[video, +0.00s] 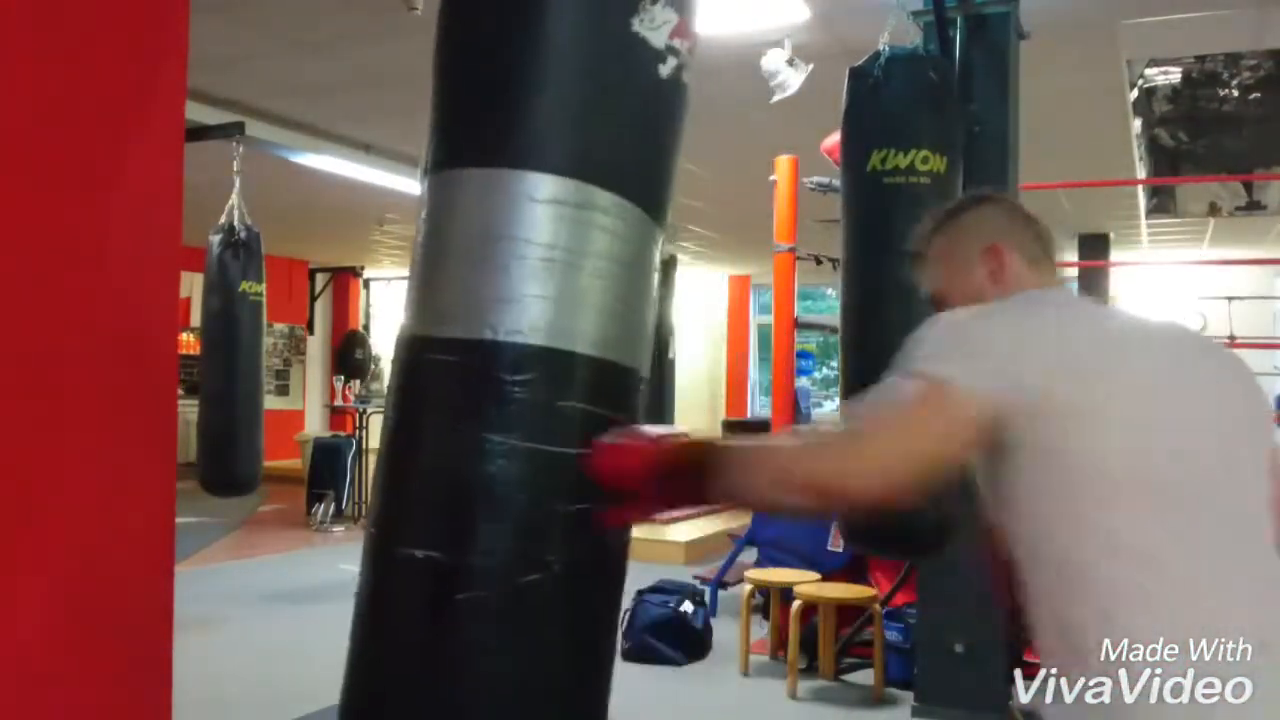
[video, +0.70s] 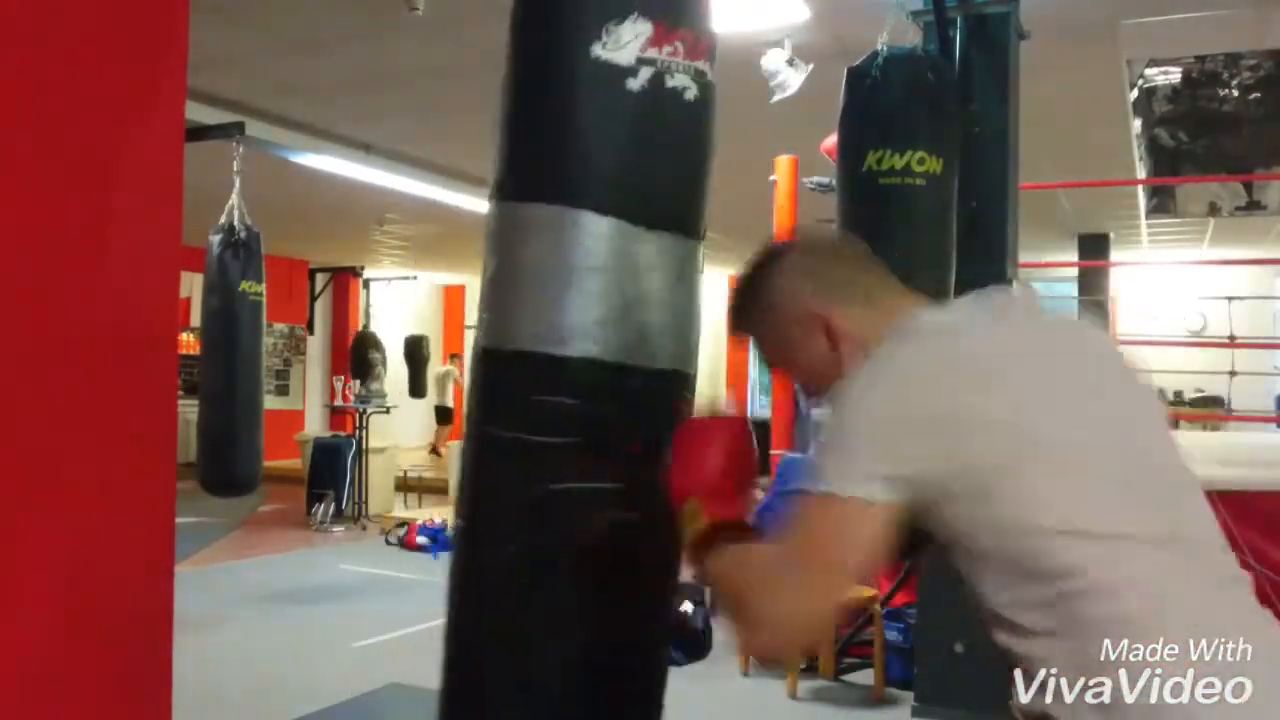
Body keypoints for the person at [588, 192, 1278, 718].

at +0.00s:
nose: (938, 316)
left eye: (940, 299)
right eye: (931, 302)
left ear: (996, 264)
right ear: (1035, 262)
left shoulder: (986, 338)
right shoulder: (1216, 361)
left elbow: (867, 469)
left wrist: (690, 464)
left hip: (1112, 698)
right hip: (1263, 699)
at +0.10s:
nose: (859, 323)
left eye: (855, 297)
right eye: (849, 304)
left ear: (915, 267)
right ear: (962, 259)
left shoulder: (949, 329)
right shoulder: (1165, 351)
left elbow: (815, 481)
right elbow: (1276, 442)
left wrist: (680, 440)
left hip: (1099, 695)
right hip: (1250, 692)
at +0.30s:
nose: (796, 445)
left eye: (789, 421)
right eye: (780, 427)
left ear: (846, 363)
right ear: (846, 363)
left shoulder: (1042, 402)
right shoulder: (901, 460)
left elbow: (1199, 605)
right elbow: (841, 531)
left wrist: (975, 592)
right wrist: (714, 486)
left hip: (1208, 692)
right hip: (1074, 689)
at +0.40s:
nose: (775, 442)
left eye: (760, 417)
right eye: (757, 424)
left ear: (797, 368)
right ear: (802, 364)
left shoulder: (990, 413)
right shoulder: (914, 446)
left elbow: (1253, 479)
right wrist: (905, 593)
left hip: (1130, 700)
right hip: (1039, 698)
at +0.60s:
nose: (805, 356)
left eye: (796, 336)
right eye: (795, 341)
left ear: (825, 298)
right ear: (902, 263)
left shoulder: (841, 389)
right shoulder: (1093, 302)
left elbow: (686, 585)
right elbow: (1266, 442)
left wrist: (609, 530)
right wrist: (1092, 489)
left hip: (1097, 699)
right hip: (1256, 682)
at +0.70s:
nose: (819, 403)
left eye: (806, 384)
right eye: (803, 391)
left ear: (830, 331)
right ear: (886, 290)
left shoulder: (893, 389)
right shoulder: (1070, 336)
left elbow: (779, 621)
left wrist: (713, 543)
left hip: (1115, 693)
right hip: (1261, 681)